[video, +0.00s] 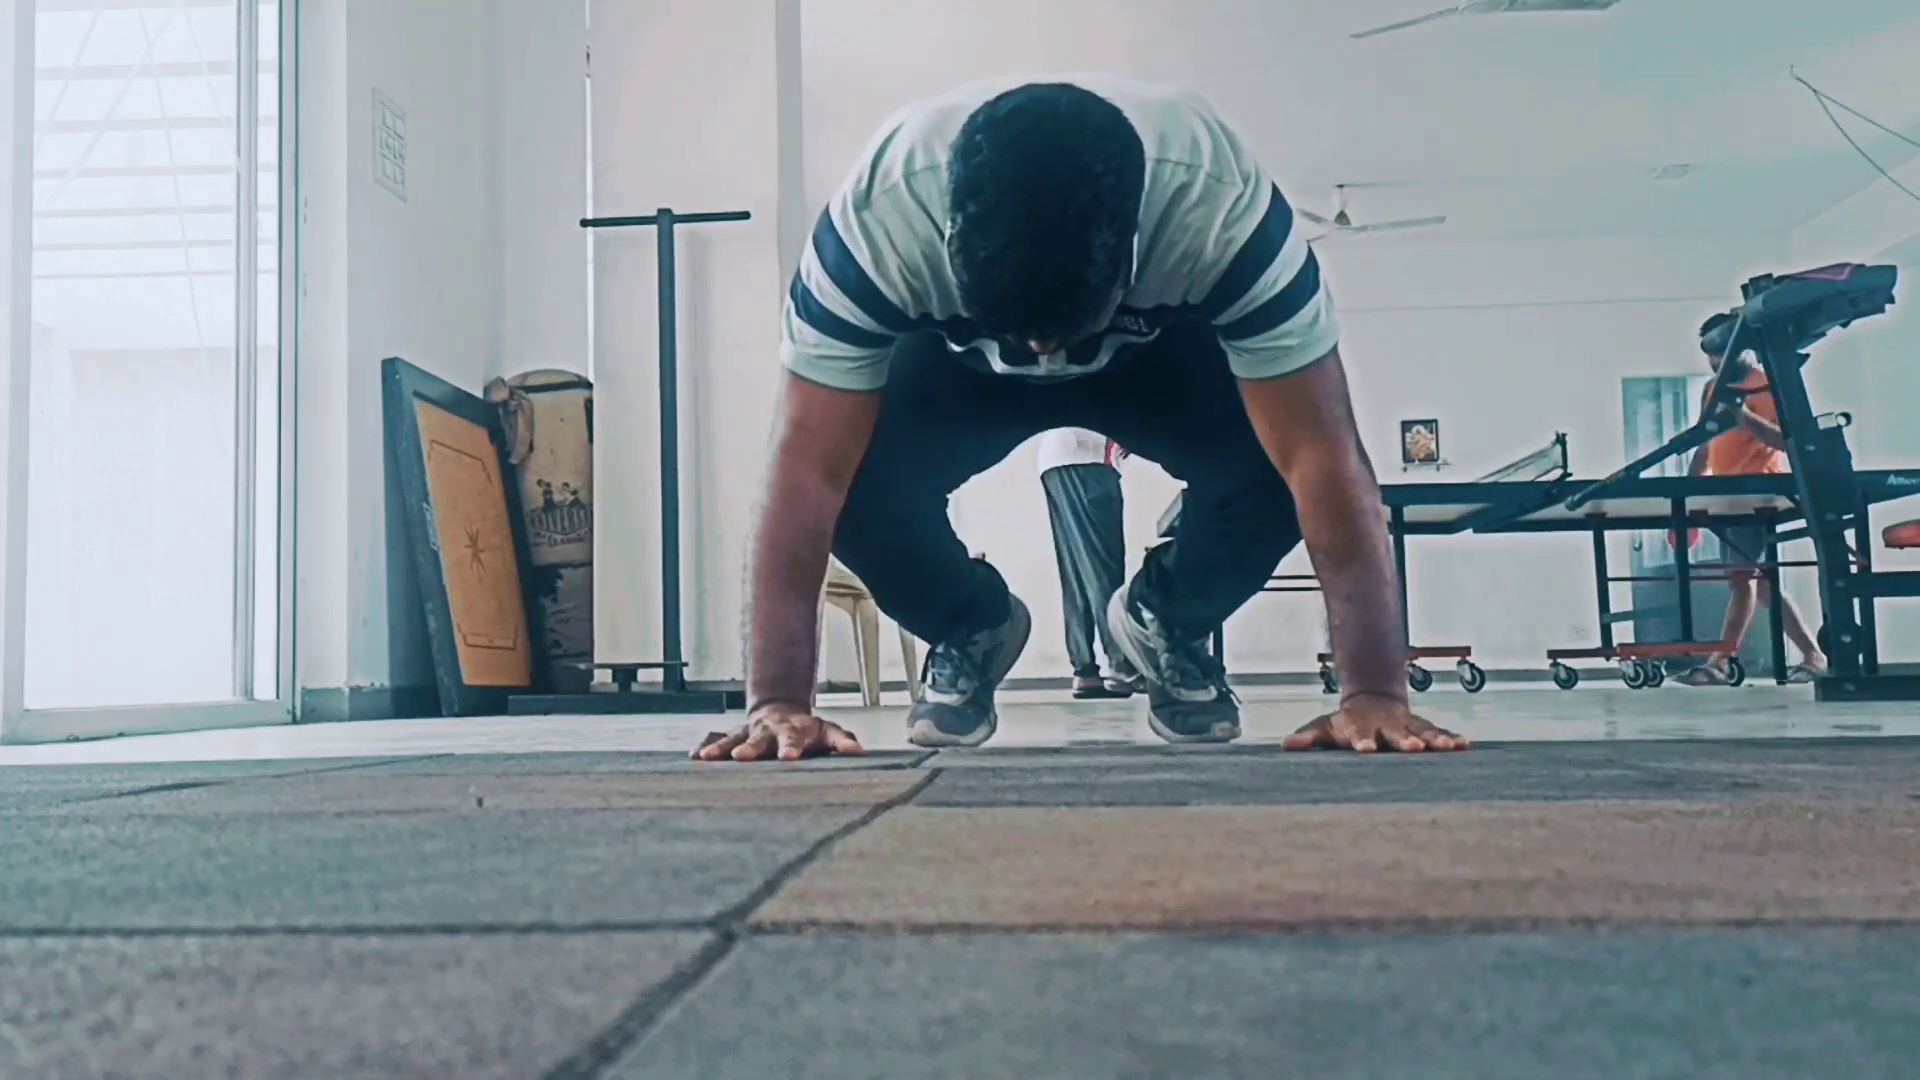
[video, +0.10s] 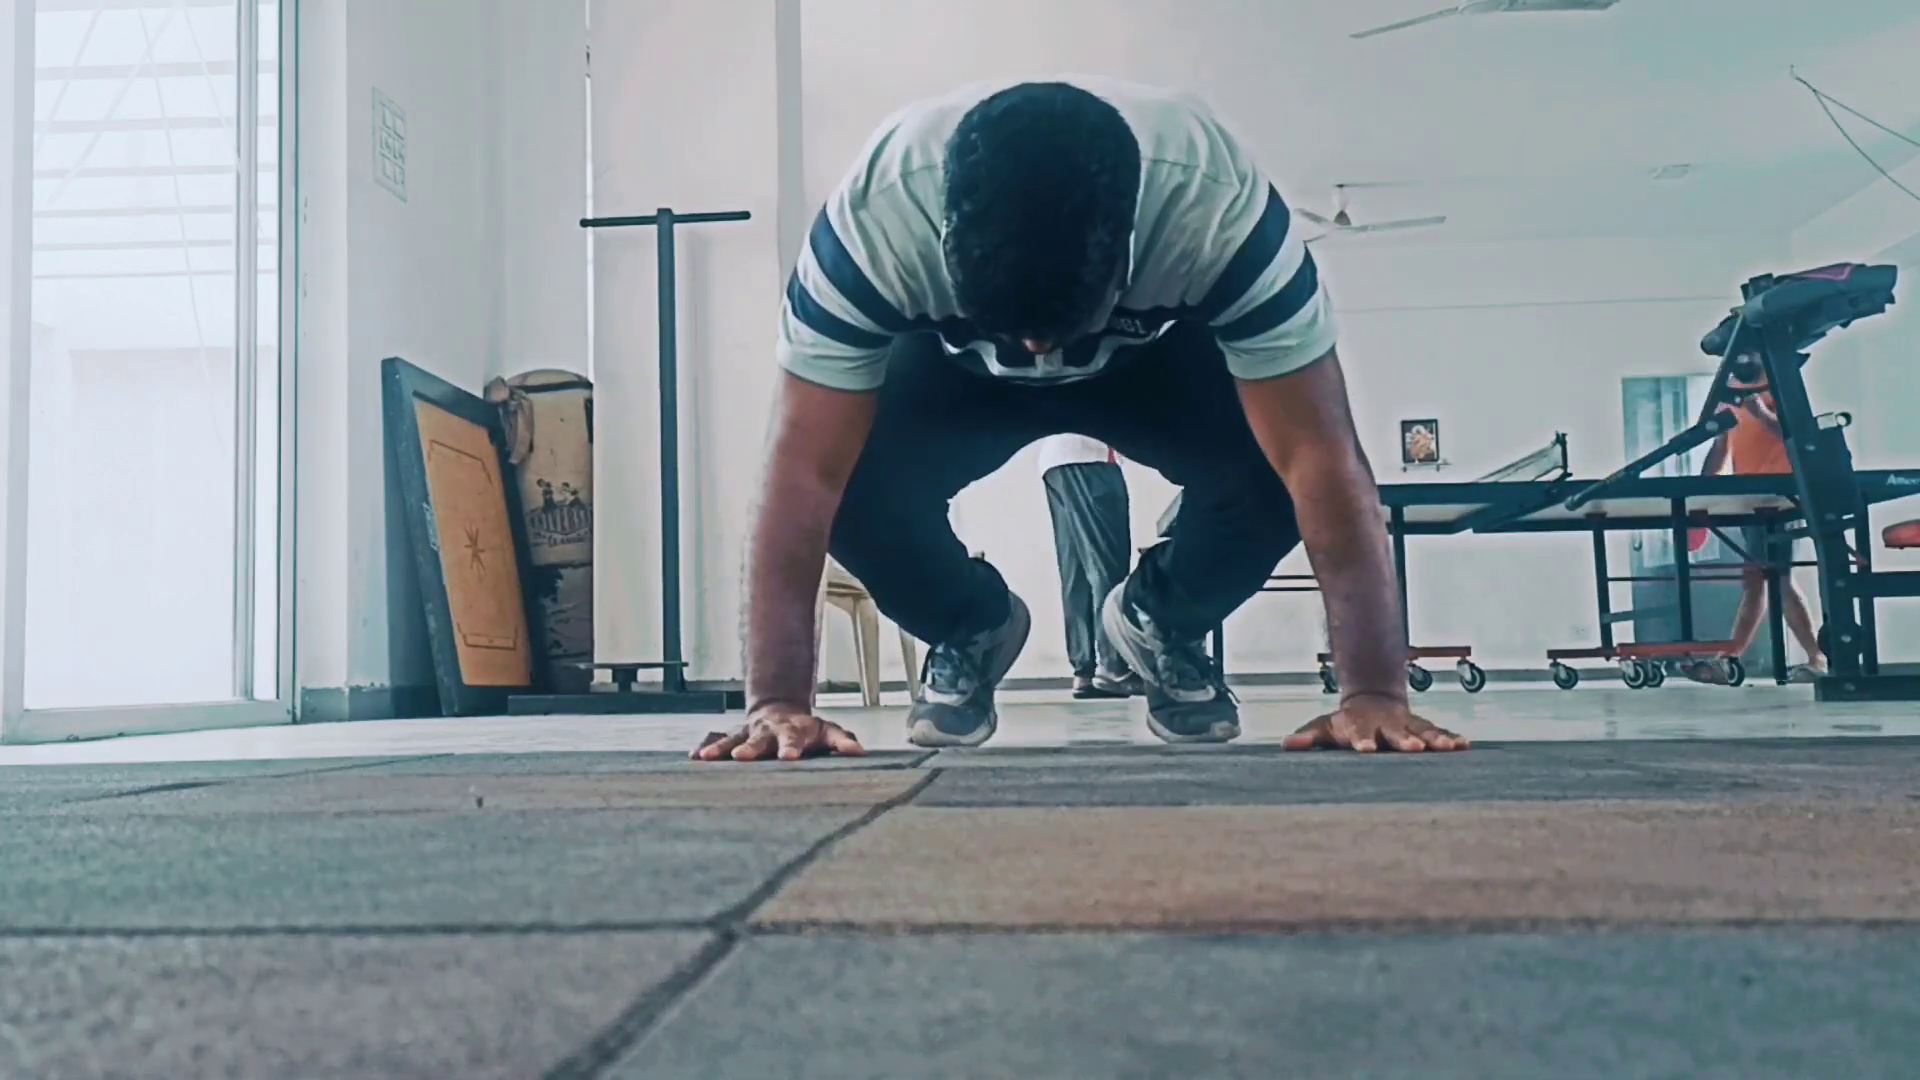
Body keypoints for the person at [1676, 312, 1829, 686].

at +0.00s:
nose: (1713, 360)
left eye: (1718, 350)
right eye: (1708, 352)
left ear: (1738, 346)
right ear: (1707, 354)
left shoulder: (1767, 382)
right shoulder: (1711, 390)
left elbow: (1791, 443)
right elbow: (1704, 452)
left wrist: (1743, 416)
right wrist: (1687, 499)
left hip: (1760, 490)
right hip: (1724, 493)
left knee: (1741, 574)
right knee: (1761, 583)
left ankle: (1720, 663)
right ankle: (1814, 655)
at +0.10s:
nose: (1746, 362)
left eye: (1752, 355)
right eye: (1739, 356)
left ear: (1766, 356)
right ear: (1730, 361)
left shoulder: (1781, 388)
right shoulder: (1730, 397)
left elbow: (1789, 432)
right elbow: (1718, 450)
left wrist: (1756, 408)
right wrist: (1701, 495)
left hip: (1779, 492)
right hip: (1747, 495)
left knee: (1754, 577)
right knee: (1780, 581)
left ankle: (1731, 659)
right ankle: (1817, 658)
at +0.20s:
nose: (1750, 361)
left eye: (1755, 353)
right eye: (1746, 355)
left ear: (1775, 351)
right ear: (1743, 358)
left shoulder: (1807, 380)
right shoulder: (1746, 389)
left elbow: (1823, 433)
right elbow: (1734, 447)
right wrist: (1715, 491)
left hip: (1804, 490)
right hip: (1767, 492)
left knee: (1771, 574)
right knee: (1794, 577)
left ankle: (1751, 659)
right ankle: (1818, 656)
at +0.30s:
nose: (1765, 345)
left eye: (1772, 337)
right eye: (1762, 338)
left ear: (1790, 337)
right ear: (1760, 342)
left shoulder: (1818, 373)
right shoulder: (1757, 380)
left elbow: (1838, 428)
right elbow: (1749, 442)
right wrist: (1734, 486)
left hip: (1815, 487)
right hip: (1780, 488)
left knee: (1799, 569)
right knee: (1799, 571)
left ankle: (1802, 656)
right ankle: (1817, 655)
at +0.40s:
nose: (1771, 354)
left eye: (1777, 344)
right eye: (1768, 347)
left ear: (1797, 341)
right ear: (1766, 350)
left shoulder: (1831, 371)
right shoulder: (1769, 383)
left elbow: (1861, 425)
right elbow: (1763, 437)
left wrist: (1826, 410)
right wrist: (1752, 483)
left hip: (1830, 486)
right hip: (1791, 488)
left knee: (1829, 571)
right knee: (1805, 575)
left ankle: (1831, 657)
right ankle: (1819, 658)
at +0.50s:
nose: (1811, 346)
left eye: (1816, 337)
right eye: (1803, 340)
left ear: (1826, 335)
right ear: (1792, 344)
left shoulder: (1851, 370)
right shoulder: (1783, 381)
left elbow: (1877, 427)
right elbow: (1776, 440)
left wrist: (1844, 407)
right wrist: (1770, 489)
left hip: (1850, 484)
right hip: (1805, 488)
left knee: (1864, 574)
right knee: (1811, 577)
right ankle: (1819, 660)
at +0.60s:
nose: (1829, 343)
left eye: (1835, 334)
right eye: (1820, 336)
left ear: (1847, 332)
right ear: (1810, 341)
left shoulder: (1873, 370)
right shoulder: (1802, 378)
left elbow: (1895, 427)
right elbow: (1790, 432)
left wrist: (1863, 408)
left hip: (1869, 483)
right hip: (1821, 486)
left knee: (1891, 575)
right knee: (1822, 574)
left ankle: (1916, 655)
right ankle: (1821, 659)